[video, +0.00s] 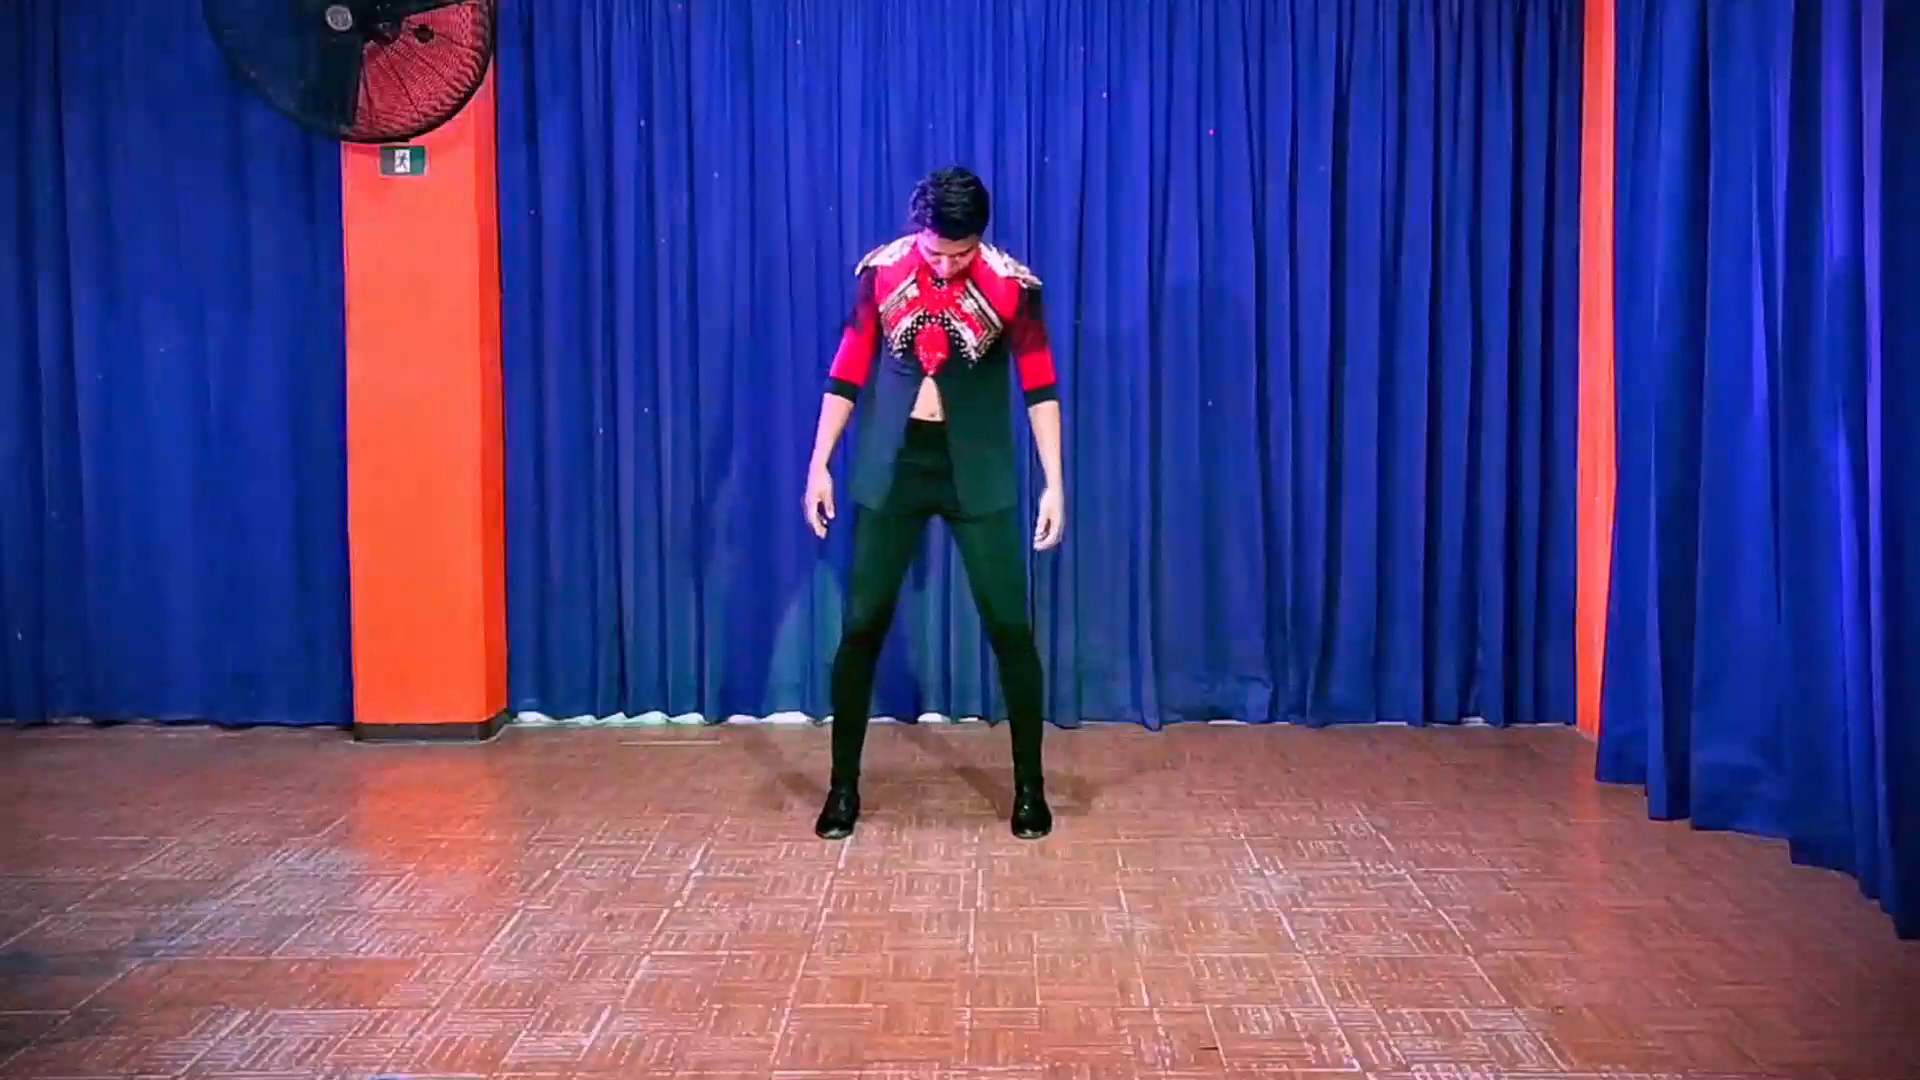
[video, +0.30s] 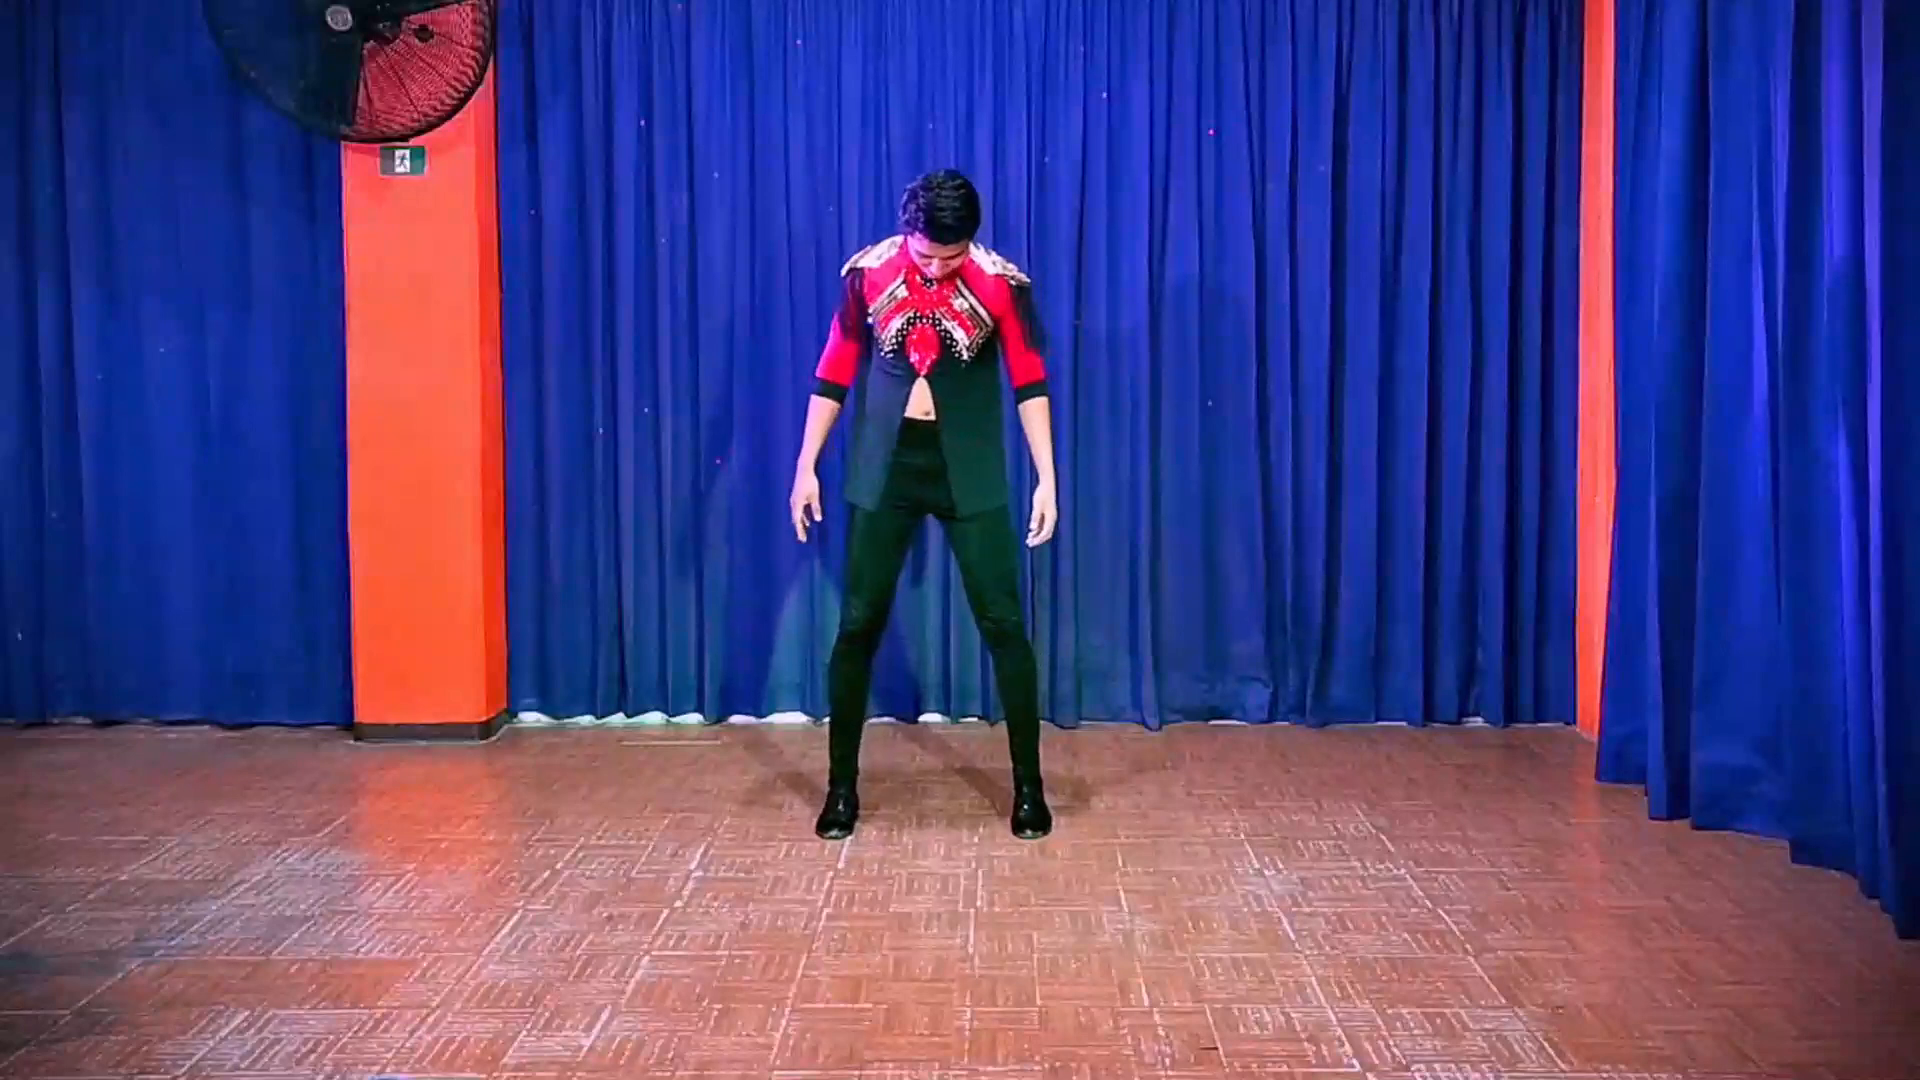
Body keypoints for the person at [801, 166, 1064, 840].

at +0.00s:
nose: (945, 262)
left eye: (959, 252)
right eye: (935, 250)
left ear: (981, 236)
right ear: (918, 231)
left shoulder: (1012, 285)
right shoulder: (882, 274)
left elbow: (1039, 387)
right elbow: (849, 372)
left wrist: (1053, 484)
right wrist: (818, 463)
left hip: (981, 466)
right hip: (893, 463)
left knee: (1011, 625)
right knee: (863, 623)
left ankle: (1029, 785)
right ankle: (842, 785)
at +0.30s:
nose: (937, 265)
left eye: (950, 255)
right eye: (926, 253)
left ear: (971, 239)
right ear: (907, 232)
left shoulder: (998, 283)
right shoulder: (869, 275)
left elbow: (1028, 382)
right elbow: (835, 373)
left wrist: (1046, 477)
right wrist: (805, 465)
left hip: (973, 468)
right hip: (886, 465)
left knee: (1003, 622)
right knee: (859, 623)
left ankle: (1028, 782)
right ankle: (841, 785)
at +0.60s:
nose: (936, 262)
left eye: (948, 251)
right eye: (924, 250)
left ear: (969, 234)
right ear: (903, 231)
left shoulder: (1002, 281)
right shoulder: (869, 276)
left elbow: (1032, 377)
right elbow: (838, 375)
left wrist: (1058, 472)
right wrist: (806, 468)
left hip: (975, 467)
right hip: (888, 465)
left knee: (1005, 621)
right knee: (861, 621)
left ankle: (1028, 785)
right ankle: (841, 787)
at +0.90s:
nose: (939, 262)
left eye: (951, 252)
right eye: (927, 251)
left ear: (971, 234)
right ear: (906, 232)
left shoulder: (1003, 281)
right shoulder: (870, 277)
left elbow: (1034, 378)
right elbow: (839, 375)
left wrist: (1060, 472)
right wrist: (808, 467)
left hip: (977, 466)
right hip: (891, 465)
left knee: (1006, 618)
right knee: (862, 620)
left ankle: (1028, 784)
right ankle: (841, 785)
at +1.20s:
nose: (939, 262)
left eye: (952, 251)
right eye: (927, 250)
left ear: (973, 233)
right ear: (908, 230)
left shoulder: (1006, 282)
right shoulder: (871, 276)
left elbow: (1036, 379)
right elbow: (840, 374)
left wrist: (1059, 473)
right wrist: (807, 466)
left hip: (979, 465)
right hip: (892, 464)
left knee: (1008, 619)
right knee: (864, 620)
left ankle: (1029, 786)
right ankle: (841, 787)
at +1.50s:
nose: (942, 259)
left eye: (954, 248)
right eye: (929, 247)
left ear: (974, 230)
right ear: (909, 228)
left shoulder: (1007, 281)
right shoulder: (872, 275)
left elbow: (1036, 378)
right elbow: (842, 372)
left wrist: (1059, 473)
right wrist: (809, 465)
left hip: (979, 464)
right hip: (892, 463)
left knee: (1008, 619)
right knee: (863, 622)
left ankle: (1029, 785)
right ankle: (841, 786)